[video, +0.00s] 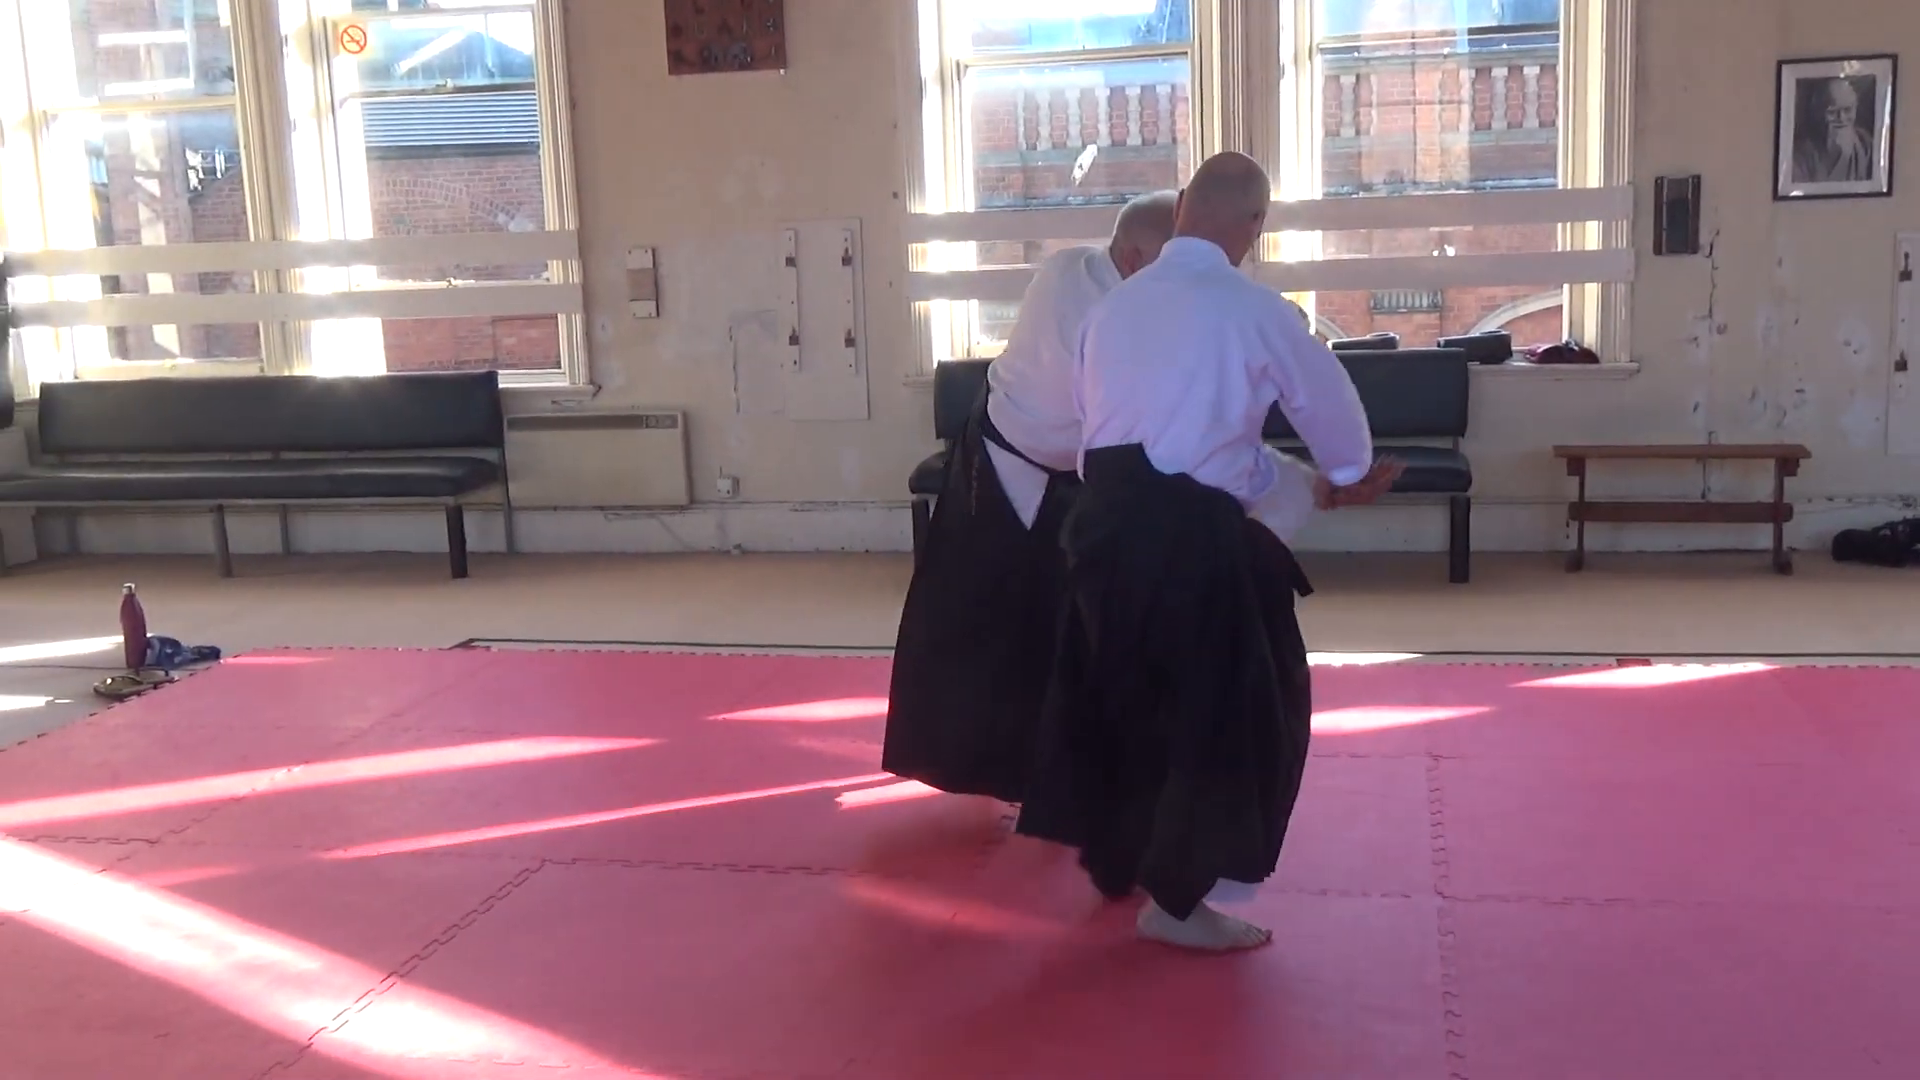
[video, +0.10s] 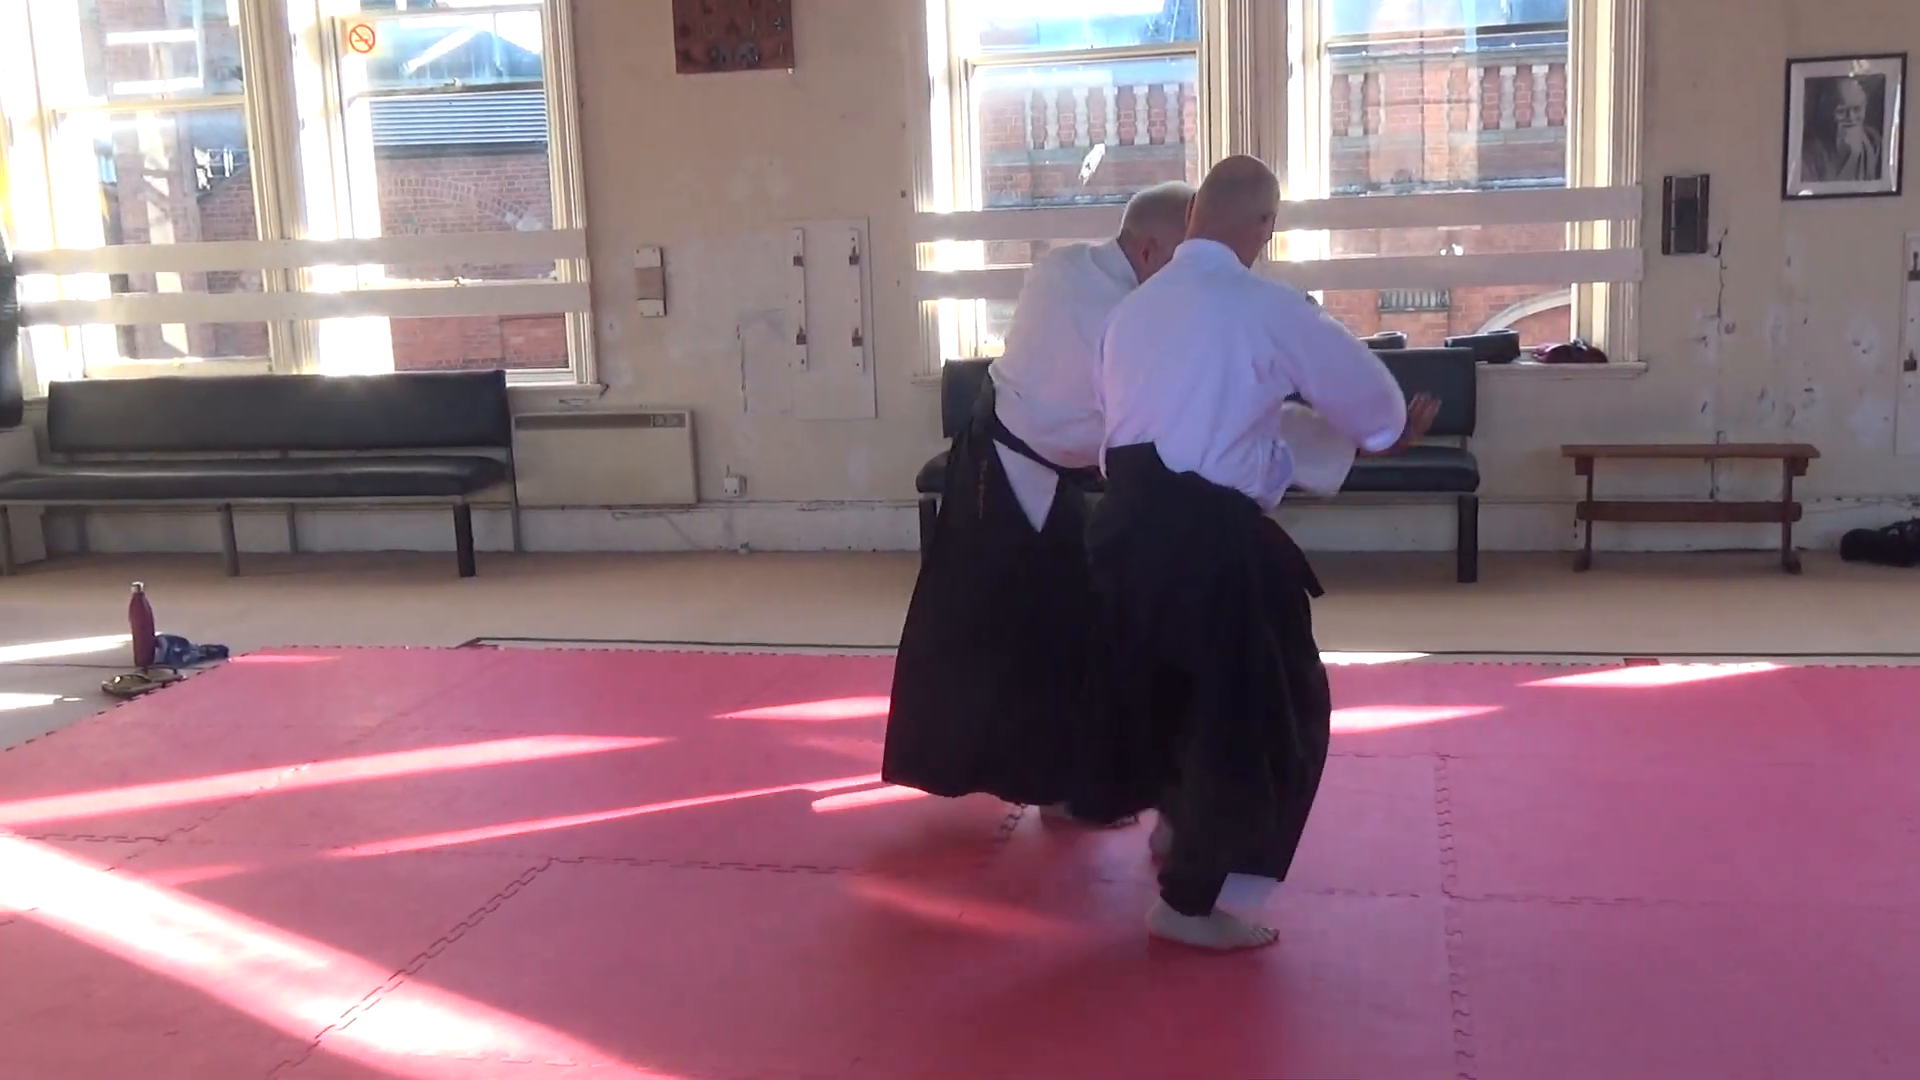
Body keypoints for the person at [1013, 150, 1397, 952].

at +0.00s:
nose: (1258, 237)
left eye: (1259, 225)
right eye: (1261, 226)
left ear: (1178, 212)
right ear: (1253, 227)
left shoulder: (1108, 312)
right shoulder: (1259, 312)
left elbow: (1096, 429)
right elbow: (1340, 427)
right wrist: (1348, 478)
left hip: (1098, 521)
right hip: (1199, 532)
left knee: (1127, 687)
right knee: (1245, 703)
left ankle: (1120, 853)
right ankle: (1179, 897)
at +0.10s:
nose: (1272, 238)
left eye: (1267, 227)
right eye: (1274, 228)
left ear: (1192, 218)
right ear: (1263, 229)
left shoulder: (1129, 310)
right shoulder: (1269, 306)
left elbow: (1113, 425)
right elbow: (1370, 396)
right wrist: (1394, 423)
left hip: (1123, 519)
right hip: (1217, 528)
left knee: (1186, 681)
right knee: (1267, 704)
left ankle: (1177, 823)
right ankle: (1189, 903)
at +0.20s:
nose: (1278, 242)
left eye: (1278, 230)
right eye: (1279, 230)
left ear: (1199, 221)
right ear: (1268, 231)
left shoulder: (1145, 316)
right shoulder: (1274, 309)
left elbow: (1141, 424)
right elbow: (1403, 360)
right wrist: (1435, 350)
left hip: (1145, 521)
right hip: (1228, 533)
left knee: (1209, 673)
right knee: (1276, 709)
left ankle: (1193, 811)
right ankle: (1204, 901)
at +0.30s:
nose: (1284, 239)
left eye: (1285, 225)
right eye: (1283, 225)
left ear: (1211, 216)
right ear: (1266, 224)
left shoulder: (1159, 315)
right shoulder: (1272, 300)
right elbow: (1376, 310)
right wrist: (1440, 296)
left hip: (1163, 519)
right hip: (1234, 531)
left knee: (1211, 677)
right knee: (1284, 708)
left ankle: (1205, 815)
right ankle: (1216, 899)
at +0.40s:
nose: (1288, 217)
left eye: (1287, 204)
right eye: (1288, 205)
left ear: (1214, 197)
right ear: (1272, 206)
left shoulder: (1175, 288)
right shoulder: (1268, 280)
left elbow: (1231, 389)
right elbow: (1369, 286)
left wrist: (1332, 426)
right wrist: (1444, 253)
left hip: (1179, 502)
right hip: (1240, 514)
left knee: (1235, 676)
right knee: (1282, 694)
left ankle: (1214, 819)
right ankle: (1217, 887)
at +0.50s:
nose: (1286, 193)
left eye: (1282, 180)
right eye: (1286, 181)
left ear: (1210, 176)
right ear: (1272, 182)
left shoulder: (1176, 266)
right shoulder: (1270, 268)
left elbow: (1261, 342)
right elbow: (1376, 260)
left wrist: (1368, 354)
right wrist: (1449, 216)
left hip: (1185, 485)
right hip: (1249, 495)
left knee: (1225, 670)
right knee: (1294, 677)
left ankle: (1208, 847)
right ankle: (1222, 857)